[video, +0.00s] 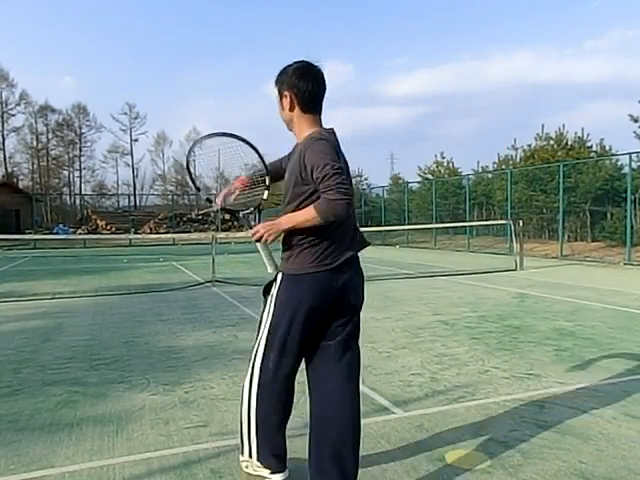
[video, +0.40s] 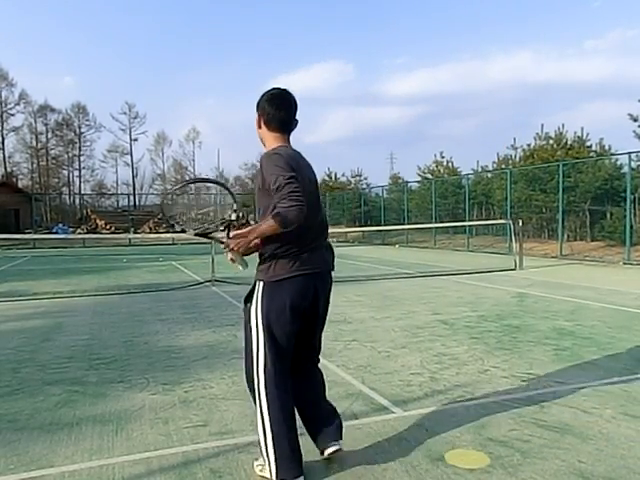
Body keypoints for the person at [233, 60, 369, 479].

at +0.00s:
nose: (279, 108)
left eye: (278, 100)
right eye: (279, 100)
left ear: (288, 100)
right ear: (319, 98)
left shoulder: (315, 148)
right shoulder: (321, 143)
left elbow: (337, 203)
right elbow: (282, 168)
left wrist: (281, 223)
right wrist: (247, 180)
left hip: (306, 276)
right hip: (342, 275)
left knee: (270, 367)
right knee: (336, 379)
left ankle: (263, 459)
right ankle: (337, 471)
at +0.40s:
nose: (255, 122)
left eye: (256, 116)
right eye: (258, 116)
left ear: (259, 121)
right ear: (293, 123)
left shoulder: (273, 161)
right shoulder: (302, 164)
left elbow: (292, 211)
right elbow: (300, 222)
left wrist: (253, 235)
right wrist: (253, 235)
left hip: (282, 280)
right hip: (315, 276)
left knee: (266, 375)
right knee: (303, 361)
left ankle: (281, 467)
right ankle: (328, 437)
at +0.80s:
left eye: (276, 122)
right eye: (306, 122)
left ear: (273, 125)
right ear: (309, 127)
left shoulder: (255, 170)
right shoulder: (322, 172)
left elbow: (242, 220)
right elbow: (346, 224)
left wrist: (270, 215)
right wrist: (319, 232)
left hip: (263, 278)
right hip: (306, 281)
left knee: (254, 341)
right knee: (305, 357)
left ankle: (259, 422)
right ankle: (298, 442)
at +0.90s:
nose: (301, 128)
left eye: (273, 122)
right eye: (304, 123)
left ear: (272, 126)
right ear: (307, 127)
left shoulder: (259, 169)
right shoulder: (314, 171)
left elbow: (262, 210)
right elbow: (345, 219)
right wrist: (344, 214)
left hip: (262, 277)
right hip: (301, 280)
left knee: (254, 344)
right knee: (303, 355)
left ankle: (236, 421)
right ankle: (298, 440)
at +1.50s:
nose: (279, 130)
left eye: (273, 125)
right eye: (301, 123)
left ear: (272, 129)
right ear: (304, 128)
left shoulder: (257, 172)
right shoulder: (315, 174)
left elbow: (230, 191)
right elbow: (357, 199)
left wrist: (255, 171)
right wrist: (377, 158)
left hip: (263, 277)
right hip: (302, 280)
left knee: (249, 345)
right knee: (302, 356)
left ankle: (224, 420)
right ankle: (297, 440)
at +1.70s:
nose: (268, 128)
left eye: (267, 123)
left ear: (270, 126)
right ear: (301, 126)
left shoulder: (267, 174)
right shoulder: (316, 165)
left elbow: (233, 217)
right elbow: (331, 171)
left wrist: (236, 217)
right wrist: (346, 141)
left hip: (271, 269)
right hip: (310, 270)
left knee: (251, 337)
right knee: (304, 348)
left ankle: (237, 412)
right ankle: (301, 433)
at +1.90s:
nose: (261, 128)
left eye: (263, 122)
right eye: (265, 122)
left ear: (266, 126)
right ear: (294, 130)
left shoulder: (277, 167)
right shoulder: (296, 163)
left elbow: (284, 211)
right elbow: (257, 178)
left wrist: (254, 224)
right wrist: (225, 189)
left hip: (274, 266)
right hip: (307, 264)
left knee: (261, 334)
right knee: (304, 338)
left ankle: (264, 408)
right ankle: (305, 422)